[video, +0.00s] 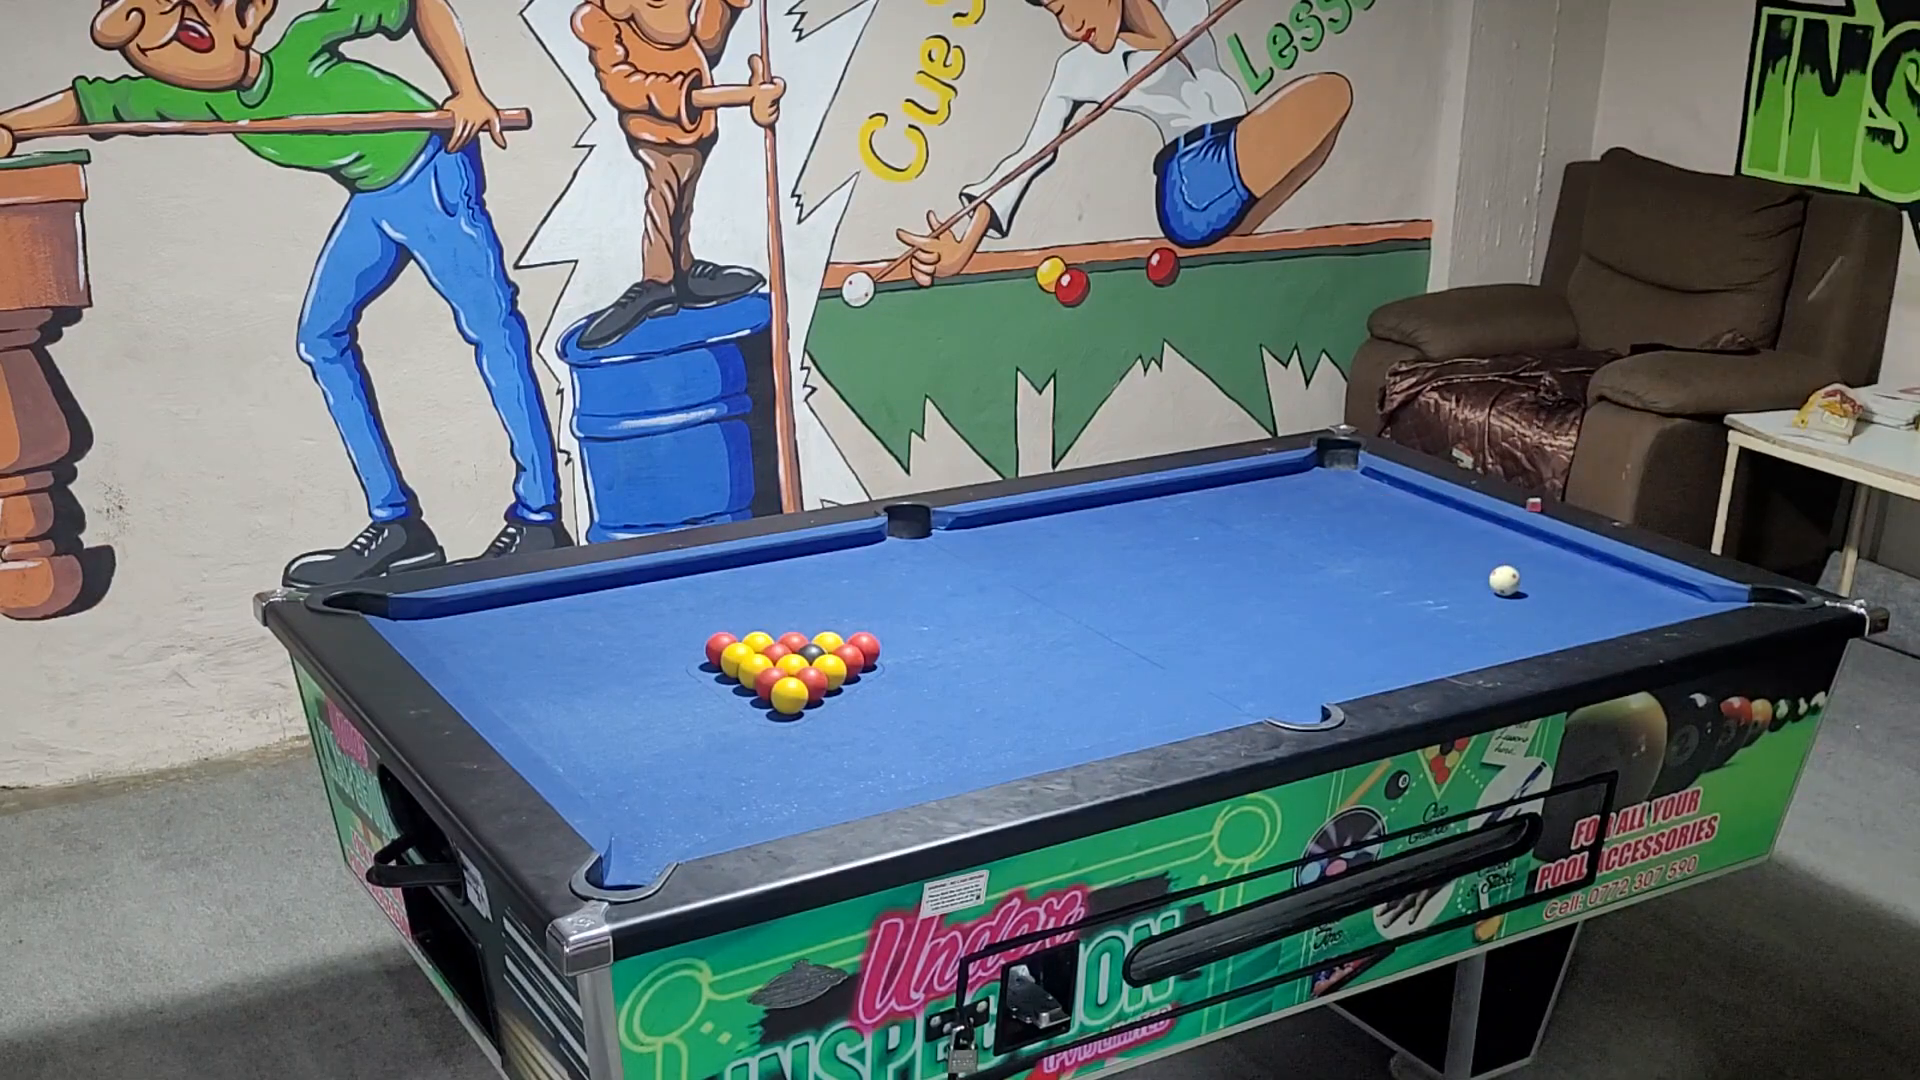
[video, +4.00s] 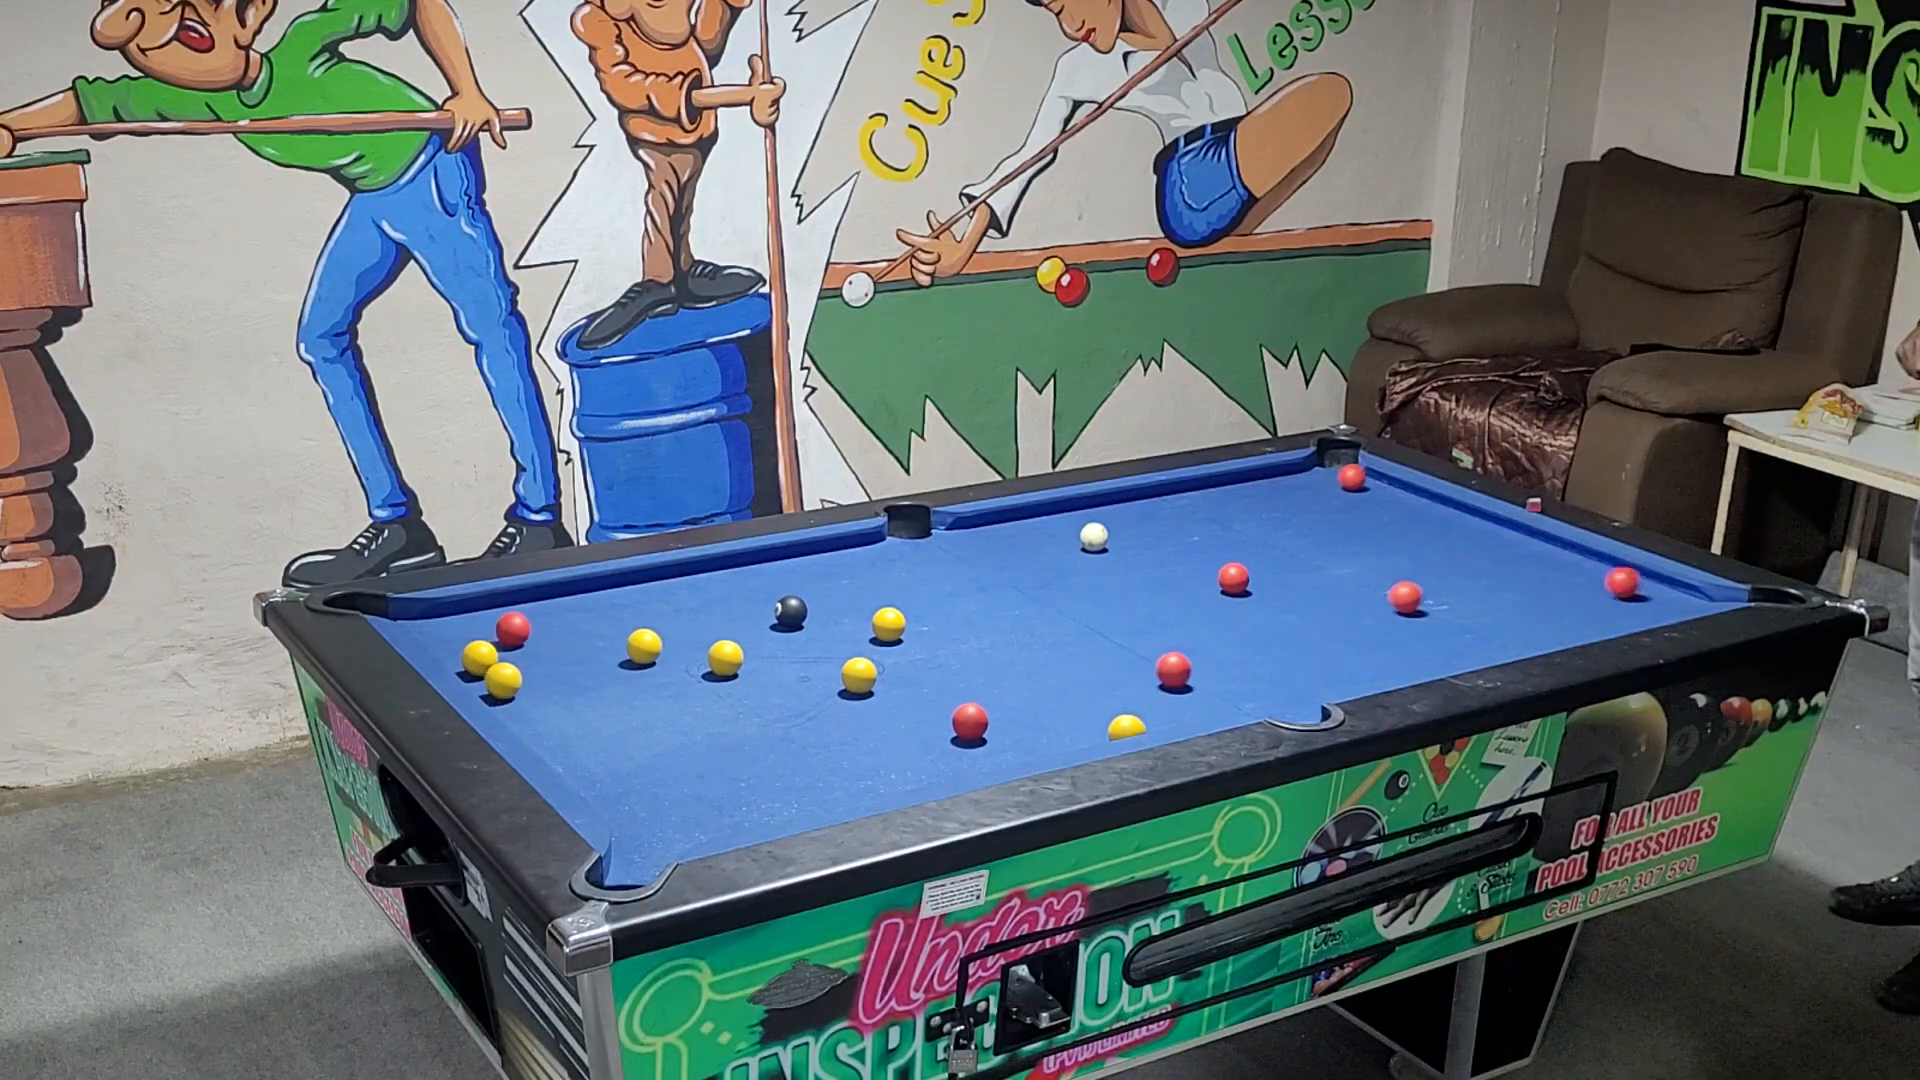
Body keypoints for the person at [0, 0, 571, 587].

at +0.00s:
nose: (207, 53)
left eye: (200, 39)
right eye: (190, 54)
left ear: (225, 20)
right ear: (183, 74)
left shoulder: (300, 37)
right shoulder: (213, 99)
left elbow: (418, 4)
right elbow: (90, 101)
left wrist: (467, 87)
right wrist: (9, 124)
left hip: (426, 166)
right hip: (369, 199)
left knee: (492, 330)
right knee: (322, 338)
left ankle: (541, 517)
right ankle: (397, 523)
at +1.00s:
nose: (204, 52)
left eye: (198, 37)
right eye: (188, 53)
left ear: (222, 18)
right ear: (181, 74)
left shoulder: (300, 37)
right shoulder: (215, 98)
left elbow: (417, 3)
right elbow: (92, 100)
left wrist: (467, 88)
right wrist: (10, 123)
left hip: (426, 165)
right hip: (369, 198)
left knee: (492, 329)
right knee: (322, 338)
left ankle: (540, 518)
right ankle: (397, 523)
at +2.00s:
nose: (208, 55)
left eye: (201, 40)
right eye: (191, 54)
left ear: (223, 21)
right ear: (182, 75)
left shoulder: (300, 37)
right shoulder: (213, 99)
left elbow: (418, 4)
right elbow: (89, 100)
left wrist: (467, 87)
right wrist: (9, 124)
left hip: (426, 166)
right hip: (369, 199)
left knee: (493, 331)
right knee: (322, 338)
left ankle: (540, 517)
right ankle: (397, 523)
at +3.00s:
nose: (208, 58)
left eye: (201, 42)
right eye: (191, 58)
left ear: (228, 22)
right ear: (185, 75)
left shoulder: (300, 37)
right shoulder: (213, 98)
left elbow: (419, 4)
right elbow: (90, 101)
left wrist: (467, 87)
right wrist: (9, 124)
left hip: (426, 165)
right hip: (369, 199)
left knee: (492, 328)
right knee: (322, 337)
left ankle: (541, 516)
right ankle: (397, 522)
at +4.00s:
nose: (207, 60)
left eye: (200, 44)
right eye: (190, 59)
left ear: (228, 23)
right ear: (184, 74)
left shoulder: (300, 37)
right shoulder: (212, 98)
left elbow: (418, 4)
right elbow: (90, 101)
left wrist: (467, 87)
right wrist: (9, 124)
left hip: (426, 165)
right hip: (369, 199)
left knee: (492, 329)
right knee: (322, 337)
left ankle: (541, 516)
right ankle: (397, 522)